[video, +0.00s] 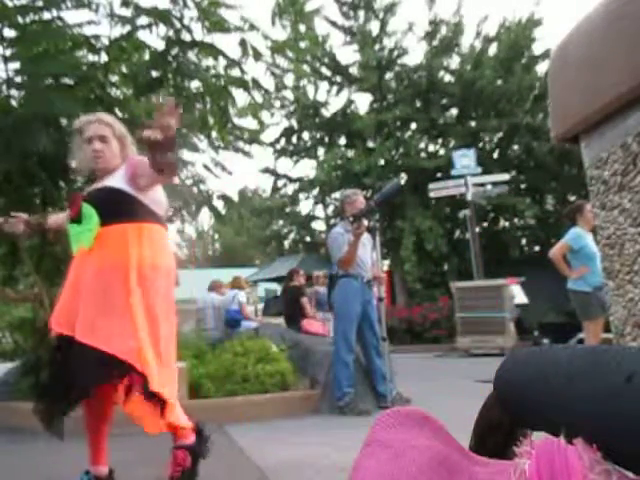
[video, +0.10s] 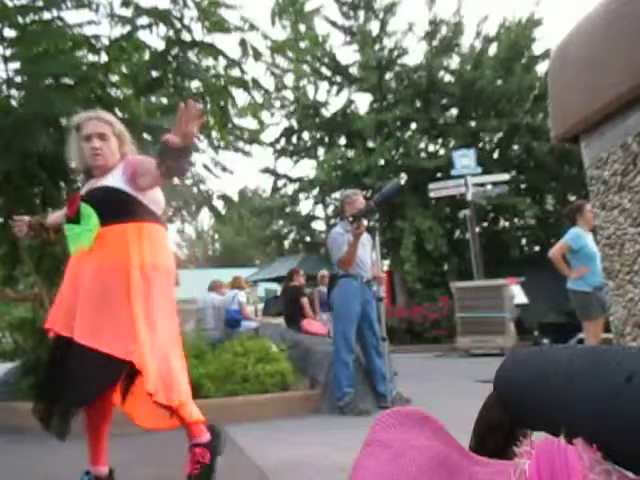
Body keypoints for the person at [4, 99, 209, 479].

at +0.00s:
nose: (96, 147)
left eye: (103, 140)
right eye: (89, 141)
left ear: (121, 145)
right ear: (83, 150)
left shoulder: (135, 169)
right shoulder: (93, 192)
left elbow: (159, 172)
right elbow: (68, 219)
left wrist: (163, 152)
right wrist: (34, 224)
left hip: (139, 290)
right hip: (99, 292)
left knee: (141, 372)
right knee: (99, 380)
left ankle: (186, 432)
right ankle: (98, 468)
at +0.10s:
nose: (95, 144)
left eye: (103, 137)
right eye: (87, 138)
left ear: (119, 142)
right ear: (78, 149)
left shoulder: (132, 167)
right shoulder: (86, 192)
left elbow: (162, 172)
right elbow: (62, 216)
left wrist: (179, 148)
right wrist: (39, 226)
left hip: (143, 287)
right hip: (100, 291)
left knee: (157, 363)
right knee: (97, 377)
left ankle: (201, 434)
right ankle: (98, 468)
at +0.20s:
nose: (97, 141)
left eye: (104, 135)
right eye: (88, 136)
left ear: (120, 141)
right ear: (80, 148)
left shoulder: (134, 168)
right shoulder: (83, 192)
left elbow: (171, 176)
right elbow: (59, 215)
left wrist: (197, 161)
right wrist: (35, 224)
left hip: (149, 285)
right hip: (101, 292)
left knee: (171, 360)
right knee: (96, 377)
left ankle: (216, 438)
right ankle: (98, 469)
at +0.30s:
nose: (105, 141)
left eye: (113, 134)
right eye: (96, 135)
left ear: (127, 141)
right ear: (85, 146)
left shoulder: (141, 169)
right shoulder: (86, 188)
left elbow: (175, 181)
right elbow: (55, 213)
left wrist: (211, 185)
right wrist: (27, 224)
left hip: (157, 284)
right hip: (105, 290)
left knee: (187, 361)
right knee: (97, 377)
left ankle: (227, 447)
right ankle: (99, 468)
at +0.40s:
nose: (125, 143)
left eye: (131, 137)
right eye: (115, 137)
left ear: (143, 145)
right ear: (100, 146)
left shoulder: (159, 174)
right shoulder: (93, 185)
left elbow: (192, 194)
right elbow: (56, 206)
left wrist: (231, 198)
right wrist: (23, 219)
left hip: (165, 280)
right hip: (109, 284)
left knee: (201, 360)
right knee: (96, 369)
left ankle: (227, 455)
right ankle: (99, 466)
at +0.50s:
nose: (160, 145)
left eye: (167, 139)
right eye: (150, 137)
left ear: (174, 147)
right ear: (130, 142)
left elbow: (241, 220)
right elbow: (55, 200)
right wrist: (9, 208)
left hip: (181, 303)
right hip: (119, 300)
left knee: (220, 381)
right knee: (95, 380)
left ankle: (207, 469)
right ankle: (98, 469)